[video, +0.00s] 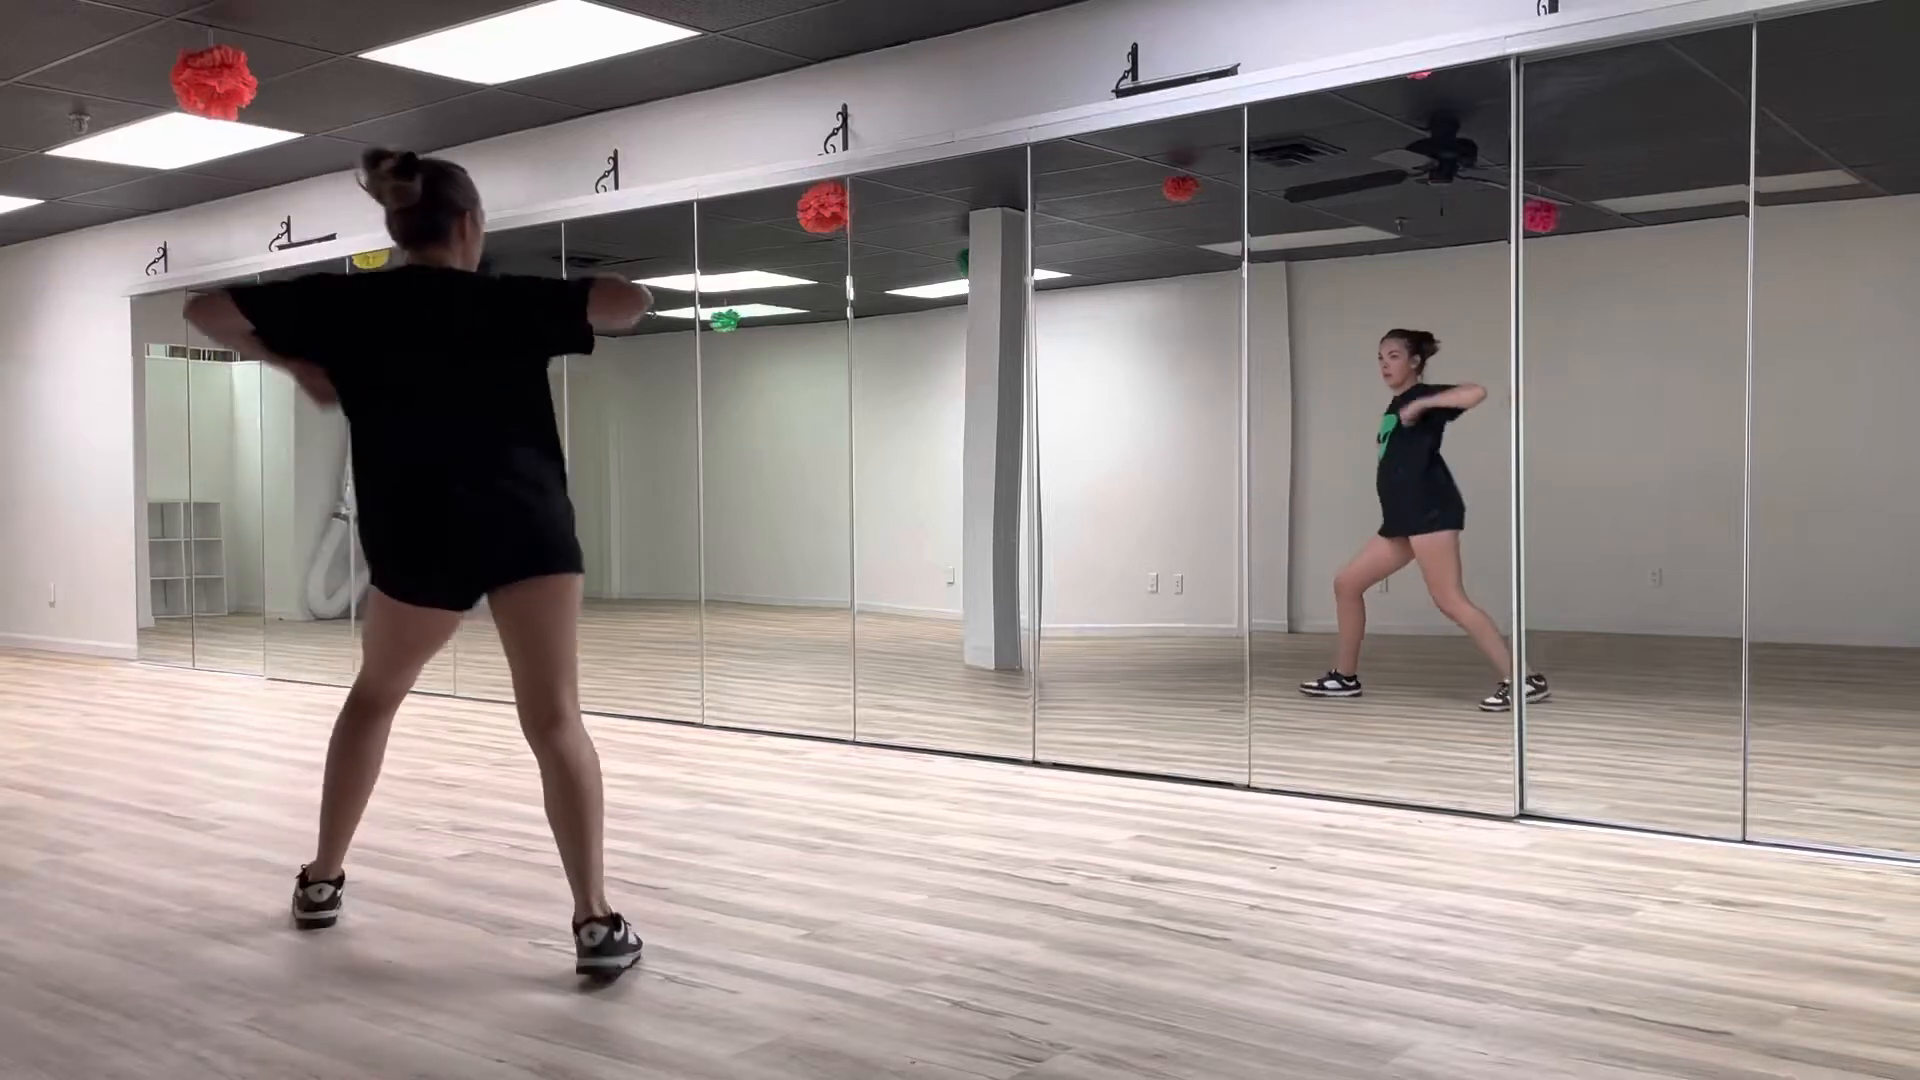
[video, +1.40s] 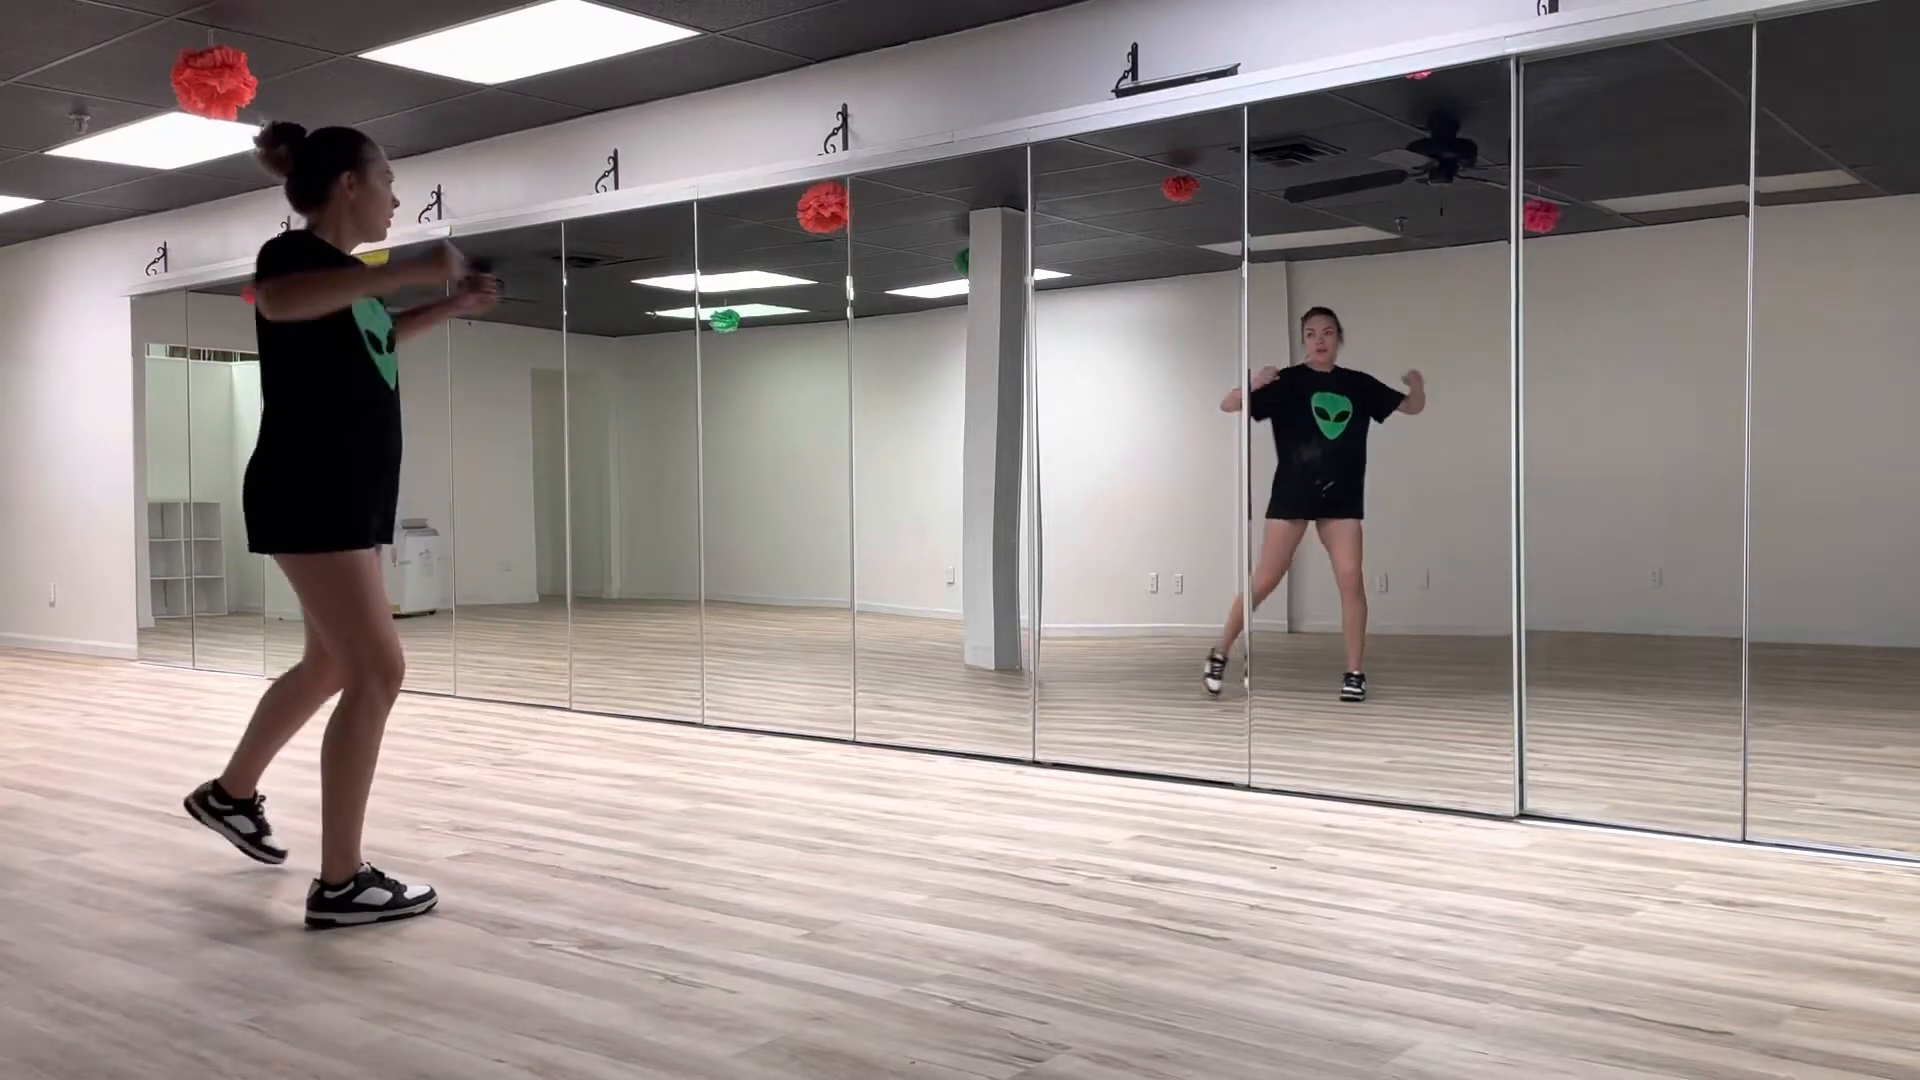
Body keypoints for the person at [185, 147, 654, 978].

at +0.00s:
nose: (481, 237)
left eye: (476, 227)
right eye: (480, 227)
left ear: (395, 233)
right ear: (468, 227)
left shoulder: (345, 302)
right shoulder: (509, 299)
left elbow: (202, 308)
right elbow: (627, 302)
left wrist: (295, 363)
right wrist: (562, 301)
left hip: (417, 533)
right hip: (530, 524)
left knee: (373, 697)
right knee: (555, 720)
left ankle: (324, 876)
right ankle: (594, 919)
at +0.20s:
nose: (488, 253)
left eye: (484, 241)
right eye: (487, 240)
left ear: (402, 244)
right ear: (473, 240)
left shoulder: (347, 325)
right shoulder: (504, 318)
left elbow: (244, 414)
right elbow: (628, 366)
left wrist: (326, 502)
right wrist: (595, 438)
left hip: (417, 538)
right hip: (526, 532)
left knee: (389, 697)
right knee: (553, 732)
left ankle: (330, 877)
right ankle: (592, 931)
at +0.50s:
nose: (432, 203)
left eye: (431, 189)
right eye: (428, 188)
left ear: (347, 192)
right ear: (404, 187)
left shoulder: (297, 286)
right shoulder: (429, 281)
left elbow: (279, 427)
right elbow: (488, 416)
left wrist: (298, 534)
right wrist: (537, 527)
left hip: (327, 515)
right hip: (427, 505)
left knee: (366, 685)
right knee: (487, 679)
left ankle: (330, 878)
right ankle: (509, 858)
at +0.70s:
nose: (417, 172)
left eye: (414, 158)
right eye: (415, 157)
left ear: (335, 164)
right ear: (393, 156)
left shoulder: (285, 262)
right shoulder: (413, 245)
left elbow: (287, 397)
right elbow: (435, 383)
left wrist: (292, 506)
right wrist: (462, 504)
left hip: (314, 482)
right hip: (401, 480)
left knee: (328, 665)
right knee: (406, 667)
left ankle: (308, 868)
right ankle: (362, 863)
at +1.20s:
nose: (418, 195)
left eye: (414, 180)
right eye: (409, 180)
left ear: (352, 187)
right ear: (377, 184)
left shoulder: (330, 264)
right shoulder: (334, 267)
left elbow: (348, 390)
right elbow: (376, 383)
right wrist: (485, 448)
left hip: (330, 500)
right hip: (329, 504)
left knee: (394, 665)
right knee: (363, 677)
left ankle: (282, 833)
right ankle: (340, 880)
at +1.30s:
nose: (407, 192)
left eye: (404, 177)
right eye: (398, 176)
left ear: (347, 185)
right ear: (363, 181)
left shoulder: (350, 268)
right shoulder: (311, 255)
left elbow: (391, 360)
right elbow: (330, 343)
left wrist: (483, 349)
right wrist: (474, 344)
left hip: (341, 497)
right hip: (318, 499)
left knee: (362, 665)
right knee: (366, 670)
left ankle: (252, 807)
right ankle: (339, 879)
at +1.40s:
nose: (395, 195)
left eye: (392, 181)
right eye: (385, 180)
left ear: (339, 189)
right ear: (347, 186)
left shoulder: (346, 271)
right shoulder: (292, 250)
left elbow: (364, 342)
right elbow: (274, 301)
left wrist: (448, 308)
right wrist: (406, 271)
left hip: (343, 492)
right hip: (308, 493)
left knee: (329, 664)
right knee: (377, 669)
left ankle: (230, 790)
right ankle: (339, 879)